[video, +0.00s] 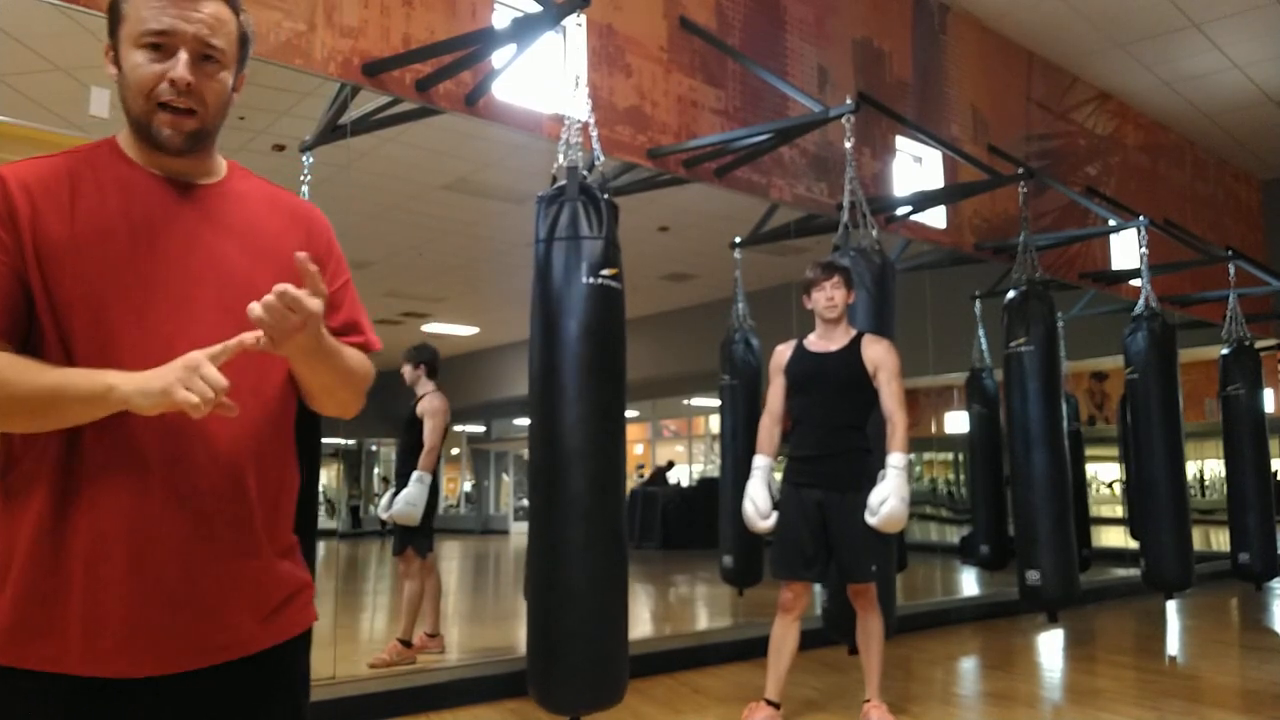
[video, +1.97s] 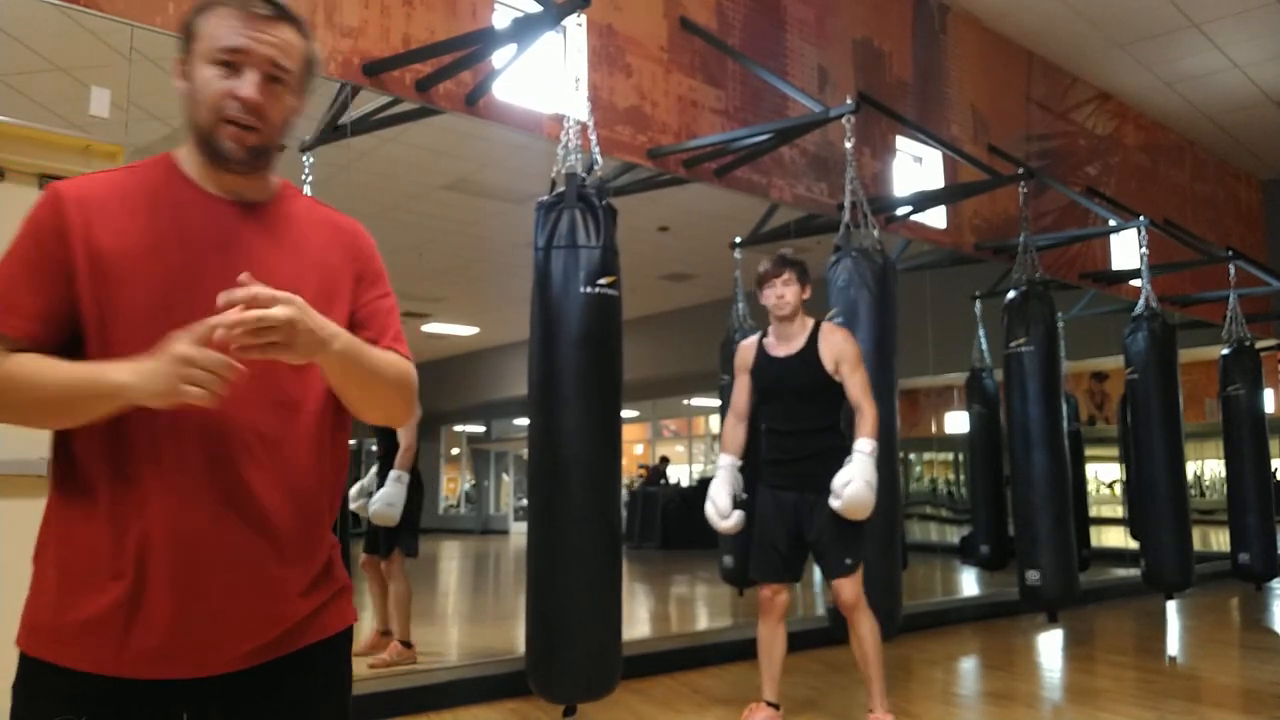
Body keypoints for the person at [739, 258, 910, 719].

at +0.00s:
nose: (829, 295)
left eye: (837, 288)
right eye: (821, 289)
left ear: (850, 296)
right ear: (808, 299)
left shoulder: (876, 350)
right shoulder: (786, 354)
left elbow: (895, 417)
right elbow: (772, 419)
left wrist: (896, 474)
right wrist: (759, 476)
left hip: (858, 491)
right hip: (800, 491)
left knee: (865, 596)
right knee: (789, 598)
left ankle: (873, 700)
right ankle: (771, 702)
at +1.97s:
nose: (780, 291)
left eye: (788, 283)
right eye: (772, 285)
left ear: (806, 290)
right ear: (760, 296)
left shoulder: (834, 340)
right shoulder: (749, 350)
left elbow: (865, 406)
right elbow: (737, 417)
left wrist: (862, 460)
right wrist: (725, 475)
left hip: (831, 490)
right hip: (771, 493)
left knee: (849, 597)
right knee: (770, 599)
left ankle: (878, 706)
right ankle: (768, 704)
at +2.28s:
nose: (840, 289)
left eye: (851, 282)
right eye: (833, 281)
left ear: (868, 291)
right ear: (820, 290)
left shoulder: (888, 346)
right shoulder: (794, 344)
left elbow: (919, 414)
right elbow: (769, 412)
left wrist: (899, 450)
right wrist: (752, 469)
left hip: (870, 495)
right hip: (806, 494)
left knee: (880, 602)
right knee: (781, 604)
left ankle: (892, 714)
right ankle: (759, 698)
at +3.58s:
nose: (783, 300)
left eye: (792, 291)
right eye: (779, 292)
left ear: (821, 294)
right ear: (778, 300)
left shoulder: (860, 339)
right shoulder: (788, 349)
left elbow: (903, 408)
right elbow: (783, 414)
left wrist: (864, 445)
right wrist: (766, 452)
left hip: (859, 491)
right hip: (805, 491)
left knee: (859, 605)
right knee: (770, 599)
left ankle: (913, 712)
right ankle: (783, 706)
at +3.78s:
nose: (747, 308)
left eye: (754, 298)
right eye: (745, 300)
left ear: (783, 300)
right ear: (765, 306)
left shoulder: (812, 340)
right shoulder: (789, 349)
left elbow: (837, 406)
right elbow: (802, 422)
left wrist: (818, 468)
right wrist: (766, 440)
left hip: (818, 487)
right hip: (790, 488)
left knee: (827, 604)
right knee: (758, 596)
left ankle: (914, 708)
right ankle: (781, 706)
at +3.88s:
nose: (741, 309)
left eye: (748, 300)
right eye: (739, 302)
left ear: (776, 302)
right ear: (762, 306)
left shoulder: (802, 342)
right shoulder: (782, 349)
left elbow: (824, 406)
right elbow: (795, 422)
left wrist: (803, 471)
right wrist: (759, 443)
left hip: (812, 486)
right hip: (783, 486)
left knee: (819, 603)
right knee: (754, 596)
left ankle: (911, 706)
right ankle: (781, 707)